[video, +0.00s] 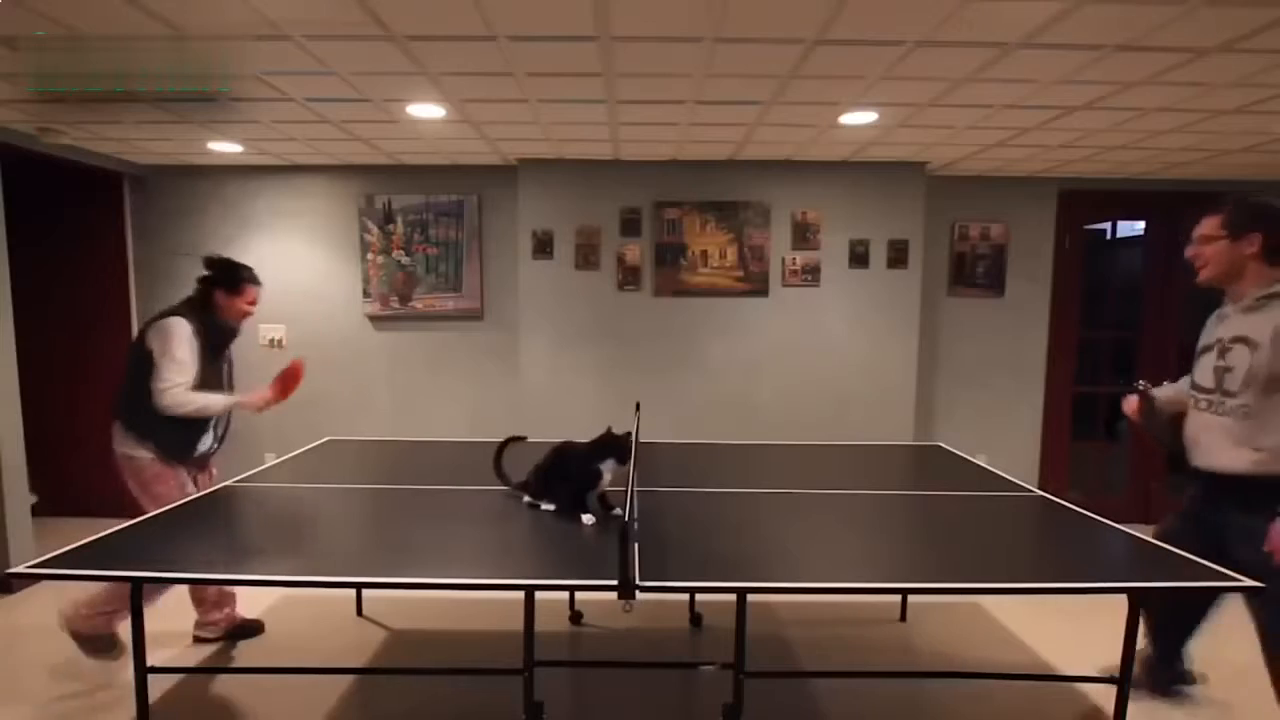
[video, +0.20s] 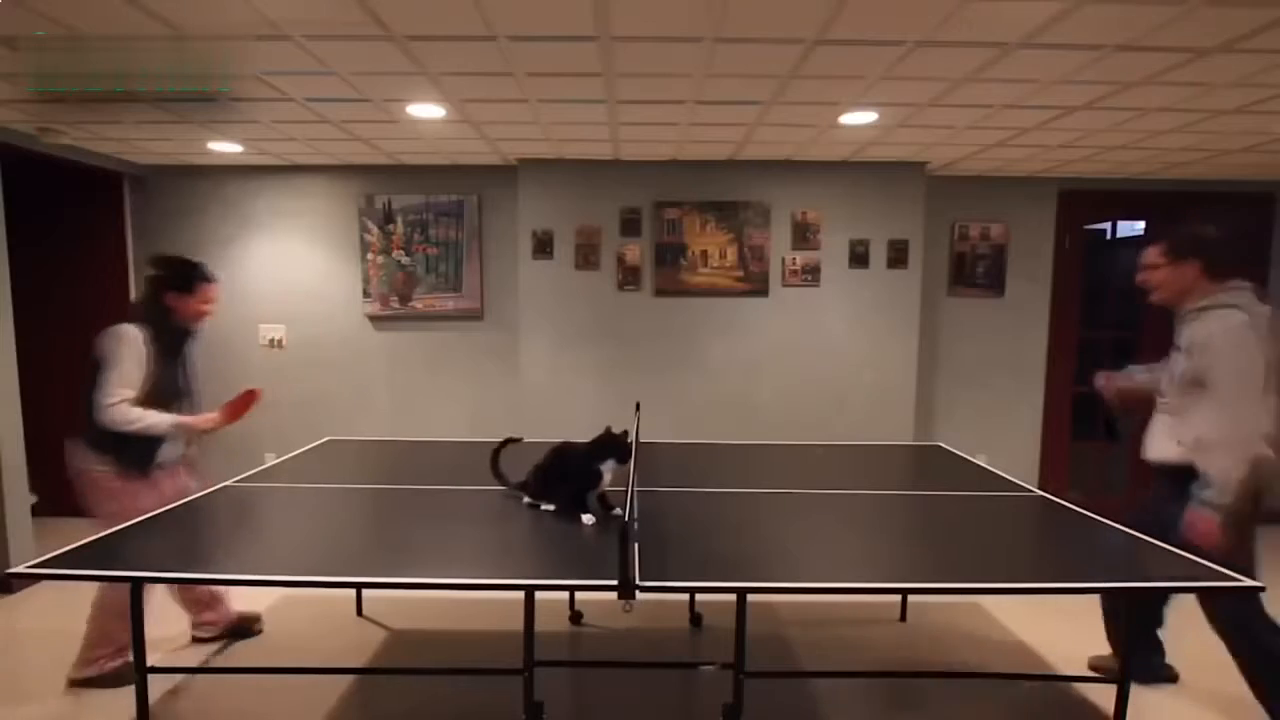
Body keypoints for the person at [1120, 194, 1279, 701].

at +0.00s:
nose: (1192, 253)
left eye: (1205, 241)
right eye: (1193, 242)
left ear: (1249, 246)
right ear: (1242, 247)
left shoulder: (1275, 313)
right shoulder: (1220, 317)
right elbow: (1204, 385)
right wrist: (1154, 400)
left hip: (1264, 493)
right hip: (1211, 489)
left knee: (1274, 621)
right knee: (1164, 581)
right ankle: (1166, 668)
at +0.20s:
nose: (1145, 280)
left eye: (1153, 269)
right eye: (1144, 270)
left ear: (1190, 269)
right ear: (1185, 273)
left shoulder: (1227, 325)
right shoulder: (1198, 320)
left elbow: (1240, 423)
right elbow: (1183, 376)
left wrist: (1212, 501)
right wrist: (1129, 382)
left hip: (1206, 483)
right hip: (1176, 477)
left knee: (1233, 610)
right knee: (1127, 565)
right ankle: (1140, 659)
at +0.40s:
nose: (1123, 260)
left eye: (1132, 249)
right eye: (1123, 250)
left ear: (1168, 250)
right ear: (1155, 255)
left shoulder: (1221, 303)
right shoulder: (1127, 313)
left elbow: (1253, 382)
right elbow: (1059, 321)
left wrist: (1233, 456)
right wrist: (995, 318)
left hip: (1204, 450)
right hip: (1149, 450)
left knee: (1223, 579)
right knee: (1145, 555)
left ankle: (1250, 702)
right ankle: (1139, 651)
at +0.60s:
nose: (1117, 259)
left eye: (1127, 249)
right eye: (1115, 250)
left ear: (1163, 252)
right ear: (1119, 258)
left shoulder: (1216, 304)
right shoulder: (1118, 318)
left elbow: (1255, 378)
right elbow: (1087, 368)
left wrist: (1263, 453)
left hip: (1205, 445)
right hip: (1147, 448)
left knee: (1204, 567)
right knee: (1135, 552)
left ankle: (1234, 701)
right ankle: (1139, 651)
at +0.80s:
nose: (1119, 262)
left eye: (1130, 252)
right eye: (1118, 254)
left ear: (1167, 256)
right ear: (1120, 262)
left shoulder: (1225, 309)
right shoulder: (1134, 325)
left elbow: (1267, 381)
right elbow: (1150, 395)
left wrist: (1271, 464)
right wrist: (1128, 425)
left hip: (1225, 461)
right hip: (1163, 461)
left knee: (1250, 585)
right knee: (1150, 559)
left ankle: (1276, 689)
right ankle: (1140, 651)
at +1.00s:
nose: (1181, 259)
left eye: (1193, 248)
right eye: (1181, 249)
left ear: (1234, 254)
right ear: (1182, 256)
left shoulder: (1272, 311)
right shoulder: (1180, 325)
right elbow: (1169, 394)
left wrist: (1279, 484)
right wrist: (1149, 420)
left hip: (1260, 477)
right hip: (1197, 471)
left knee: (1267, 599)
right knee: (1162, 562)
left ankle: (1278, 694)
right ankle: (1142, 654)